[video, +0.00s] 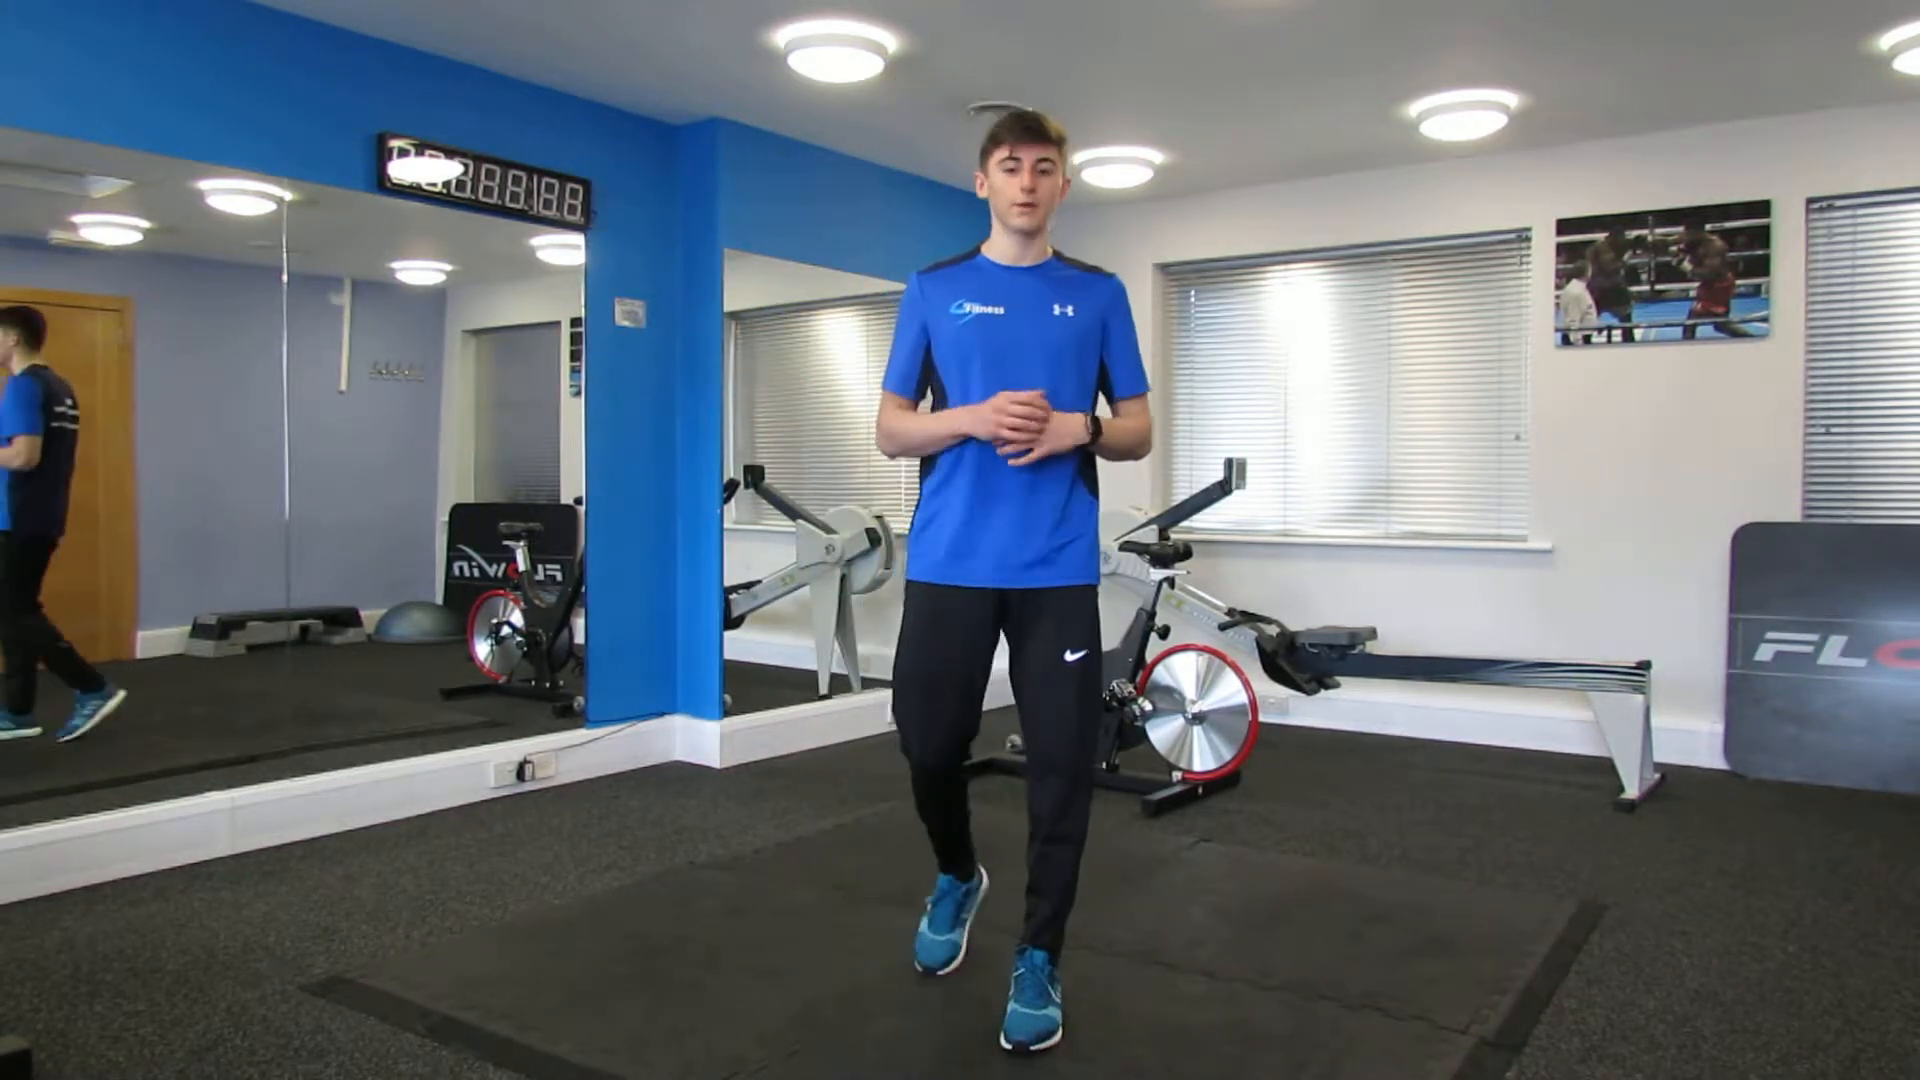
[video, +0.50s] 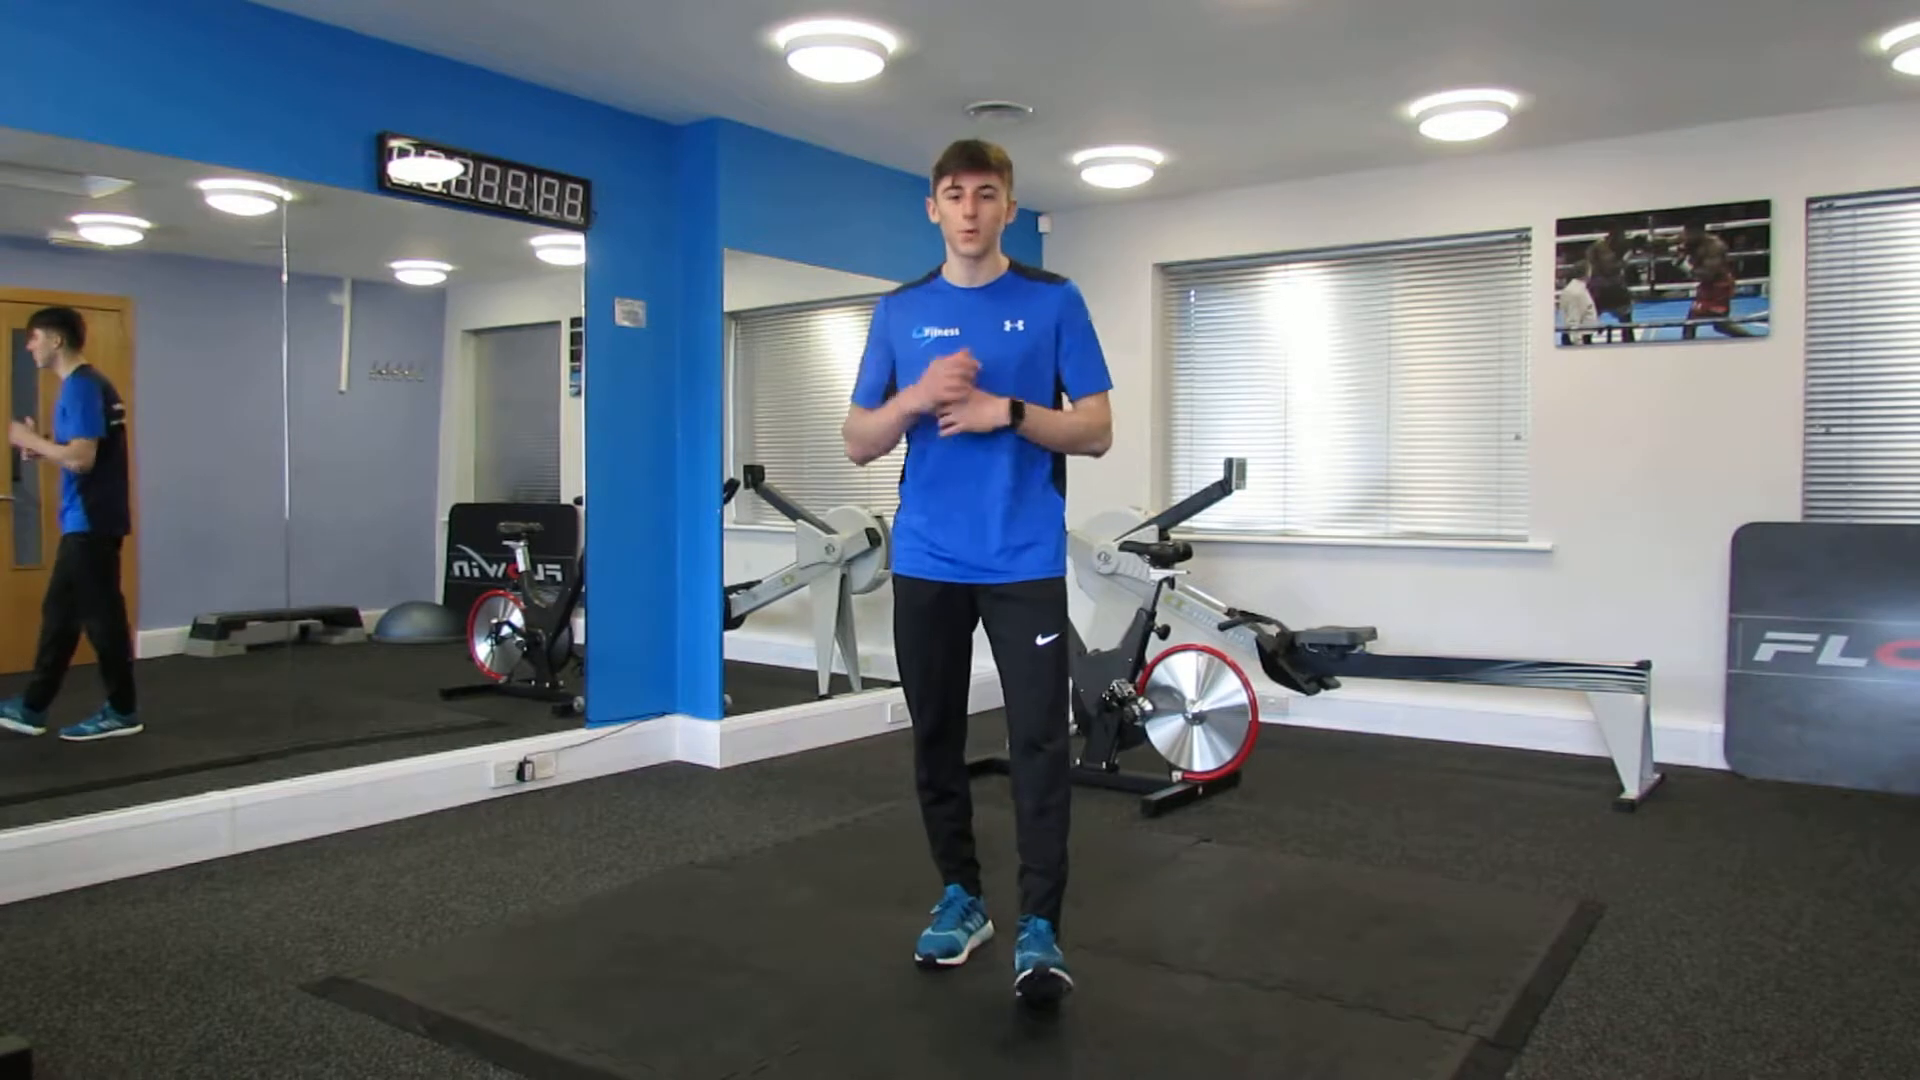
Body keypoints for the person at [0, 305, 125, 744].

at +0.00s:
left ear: (13, 340)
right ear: (31, 341)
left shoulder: (24, 385)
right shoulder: (59, 387)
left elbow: (24, 455)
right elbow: (51, 458)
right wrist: (10, 451)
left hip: (20, 524)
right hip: (41, 523)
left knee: (18, 612)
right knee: (16, 613)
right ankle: (16, 711)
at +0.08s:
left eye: (3, 336)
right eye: (0, 336)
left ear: (21, 339)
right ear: (37, 341)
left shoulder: (34, 387)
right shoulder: (65, 388)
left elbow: (31, 457)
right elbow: (55, 458)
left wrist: (1, 447)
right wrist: (12, 447)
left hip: (33, 527)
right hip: (47, 525)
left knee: (40, 613)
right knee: (20, 616)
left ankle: (111, 701)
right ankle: (16, 712)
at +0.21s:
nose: (7, 345)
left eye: (12, 337)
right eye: (9, 337)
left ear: (32, 339)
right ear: (44, 341)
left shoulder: (54, 387)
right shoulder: (64, 387)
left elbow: (35, 453)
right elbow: (27, 451)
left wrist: (3, 421)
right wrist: (10, 418)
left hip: (56, 530)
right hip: (51, 529)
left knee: (78, 616)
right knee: (28, 614)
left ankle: (119, 708)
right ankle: (19, 711)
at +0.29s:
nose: (15, 347)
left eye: (20, 338)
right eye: (16, 339)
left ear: (40, 340)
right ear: (47, 341)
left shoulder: (66, 388)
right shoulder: (62, 388)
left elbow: (40, 453)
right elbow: (32, 455)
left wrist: (4, 418)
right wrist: (9, 424)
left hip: (73, 529)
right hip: (62, 528)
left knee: (89, 617)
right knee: (40, 617)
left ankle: (121, 709)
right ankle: (24, 711)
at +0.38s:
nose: (21, 347)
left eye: (25, 338)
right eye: (21, 339)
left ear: (46, 340)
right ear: (51, 341)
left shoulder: (72, 386)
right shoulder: (75, 385)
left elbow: (52, 453)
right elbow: (55, 454)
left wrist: (8, 424)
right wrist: (17, 436)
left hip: (83, 528)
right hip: (72, 527)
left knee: (96, 618)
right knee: (50, 617)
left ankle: (122, 709)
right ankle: (28, 709)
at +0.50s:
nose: (30, 347)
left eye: (34, 338)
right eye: (30, 338)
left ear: (57, 340)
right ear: (61, 341)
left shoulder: (83, 386)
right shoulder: (87, 384)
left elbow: (82, 457)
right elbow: (89, 451)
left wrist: (34, 441)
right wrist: (47, 450)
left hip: (93, 527)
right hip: (87, 526)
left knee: (101, 616)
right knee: (60, 613)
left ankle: (122, 709)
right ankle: (32, 708)